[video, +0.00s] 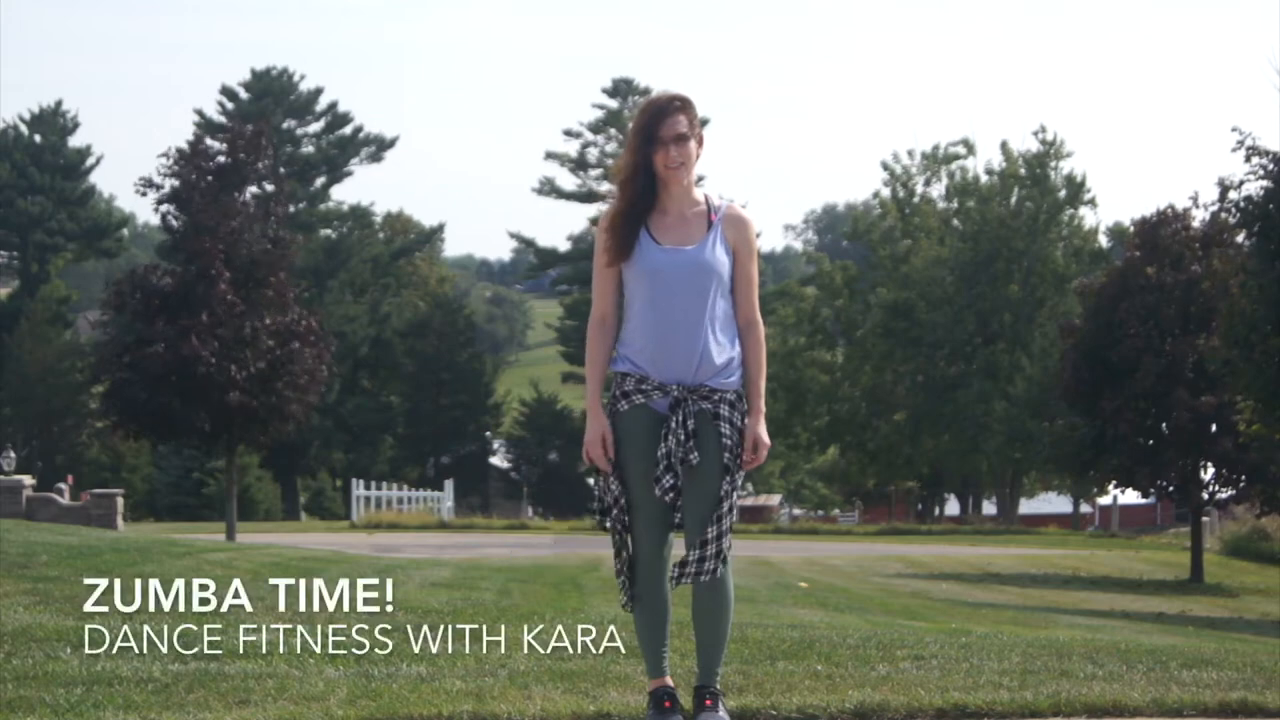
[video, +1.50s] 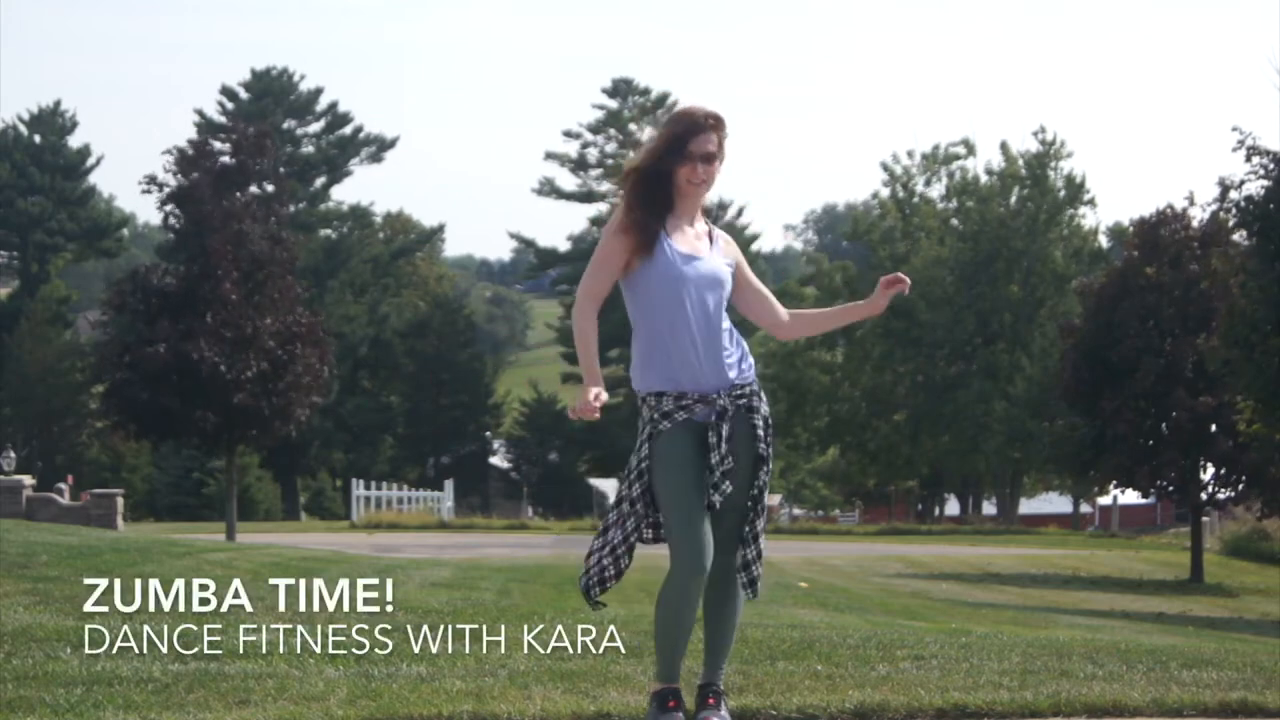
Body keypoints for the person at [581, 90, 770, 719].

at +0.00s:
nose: (675, 150)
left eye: (685, 139)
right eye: (663, 141)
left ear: (700, 145)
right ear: (646, 150)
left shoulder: (732, 223)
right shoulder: (619, 224)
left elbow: (751, 323)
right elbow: (601, 321)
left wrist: (757, 410)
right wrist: (593, 408)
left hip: (716, 395)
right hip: (638, 392)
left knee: (710, 546)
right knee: (648, 545)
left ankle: (709, 690)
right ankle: (659, 684)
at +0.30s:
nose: (676, 149)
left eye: (684, 137)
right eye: (663, 141)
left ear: (702, 142)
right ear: (647, 154)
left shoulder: (737, 224)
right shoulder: (626, 224)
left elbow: (750, 320)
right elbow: (576, 313)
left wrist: (763, 410)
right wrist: (546, 394)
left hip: (711, 396)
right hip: (635, 392)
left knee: (705, 546)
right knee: (645, 539)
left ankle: (709, 691)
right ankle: (658, 685)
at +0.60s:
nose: (678, 164)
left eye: (687, 153)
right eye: (666, 156)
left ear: (702, 158)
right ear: (648, 166)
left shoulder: (731, 223)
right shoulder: (642, 243)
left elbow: (762, 314)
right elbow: (569, 311)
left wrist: (715, 361)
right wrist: (480, 336)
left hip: (702, 405)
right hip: (633, 399)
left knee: (685, 556)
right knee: (643, 548)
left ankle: (706, 694)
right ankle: (658, 686)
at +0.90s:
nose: (689, 162)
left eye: (696, 151)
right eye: (677, 152)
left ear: (705, 154)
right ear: (649, 155)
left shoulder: (725, 215)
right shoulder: (626, 233)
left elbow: (818, 268)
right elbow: (575, 319)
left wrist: (844, 352)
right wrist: (499, 359)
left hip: (712, 401)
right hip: (645, 397)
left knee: (694, 547)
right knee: (642, 547)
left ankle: (707, 693)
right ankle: (656, 685)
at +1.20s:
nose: (696, 162)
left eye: (704, 152)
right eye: (685, 151)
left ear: (712, 156)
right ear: (658, 153)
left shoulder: (724, 222)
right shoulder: (618, 226)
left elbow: (814, 264)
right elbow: (585, 302)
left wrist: (892, 303)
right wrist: (573, 363)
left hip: (731, 397)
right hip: (656, 400)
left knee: (726, 545)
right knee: (663, 548)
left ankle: (711, 689)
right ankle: (662, 687)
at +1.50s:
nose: (704, 169)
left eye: (713, 159)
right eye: (694, 157)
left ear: (721, 166)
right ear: (669, 160)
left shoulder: (722, 243)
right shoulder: (633, 226)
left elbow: (784, 322)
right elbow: (586, 302)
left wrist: (868, 307)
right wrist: (592, 381)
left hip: (739, 408)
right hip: (671, 410)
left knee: (728, 559)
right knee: (693, 557)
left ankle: (712, 691)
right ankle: (667, 691)